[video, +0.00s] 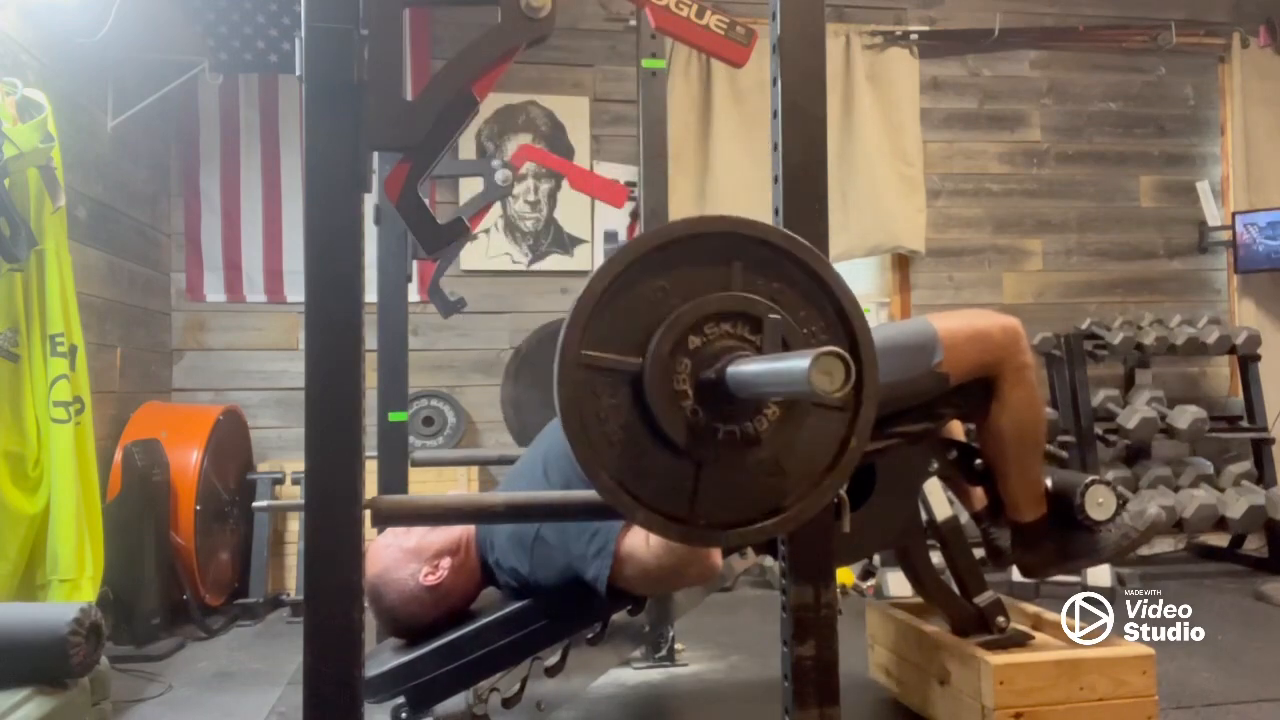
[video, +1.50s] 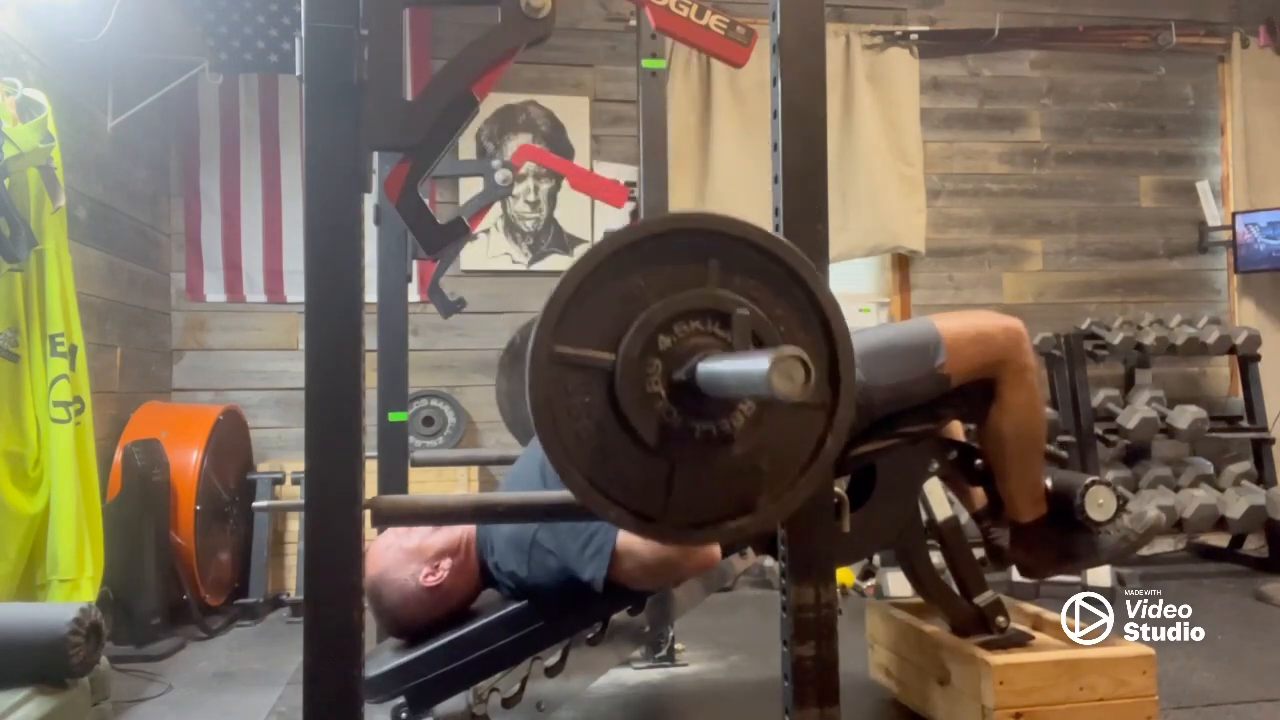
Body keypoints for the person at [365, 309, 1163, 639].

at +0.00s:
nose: (418, 528)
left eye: (399, 534)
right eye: (416, 548)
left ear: (427, 551)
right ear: (447, 574)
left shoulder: (496, 496)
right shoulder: (535, 540)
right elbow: (697, 565)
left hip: (716, 391)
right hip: (755, 434)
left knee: (906, 318)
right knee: (999, 339)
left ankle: (980, 475)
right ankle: (1031, 524)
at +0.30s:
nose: (421, 530)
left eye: (404, 535)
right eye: (419, 548)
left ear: (428, 543)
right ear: (448, 576)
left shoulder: (500, 497)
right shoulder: (527, 546)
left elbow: (605, 420)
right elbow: (659, 499)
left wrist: (657, 321)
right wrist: (669, 365)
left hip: (735, 375)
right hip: (757, 428)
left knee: (953, 326)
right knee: (1004, 341)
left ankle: (986, 472)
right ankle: (1033, 527)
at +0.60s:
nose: (415, 530)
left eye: (398, 533)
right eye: (411, 548)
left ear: (427, 541)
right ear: (444, 578)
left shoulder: (505, 493)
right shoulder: (528, 559)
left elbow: (556, 379)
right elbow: (591, 399)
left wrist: (567, 213)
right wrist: (591, 228)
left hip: (748, 373)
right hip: (772, 423)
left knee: (957, 329)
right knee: (1004, 341)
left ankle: (980, 477)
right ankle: (1031, 527)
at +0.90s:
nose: (415, 530)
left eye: (398, 533)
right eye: (411, 549)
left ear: (427, 545)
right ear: (443, 582)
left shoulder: (502, 493)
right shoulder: (526, 555)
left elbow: (565, 379)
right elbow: (607, 406)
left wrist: (562, 238)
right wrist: (596, 249)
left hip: (747, 374)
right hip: (775, 422)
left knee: (951, 323)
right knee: (1000, 336)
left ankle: (979, 469)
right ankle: (1029, 521)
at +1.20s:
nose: (417, 526)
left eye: (400, 532)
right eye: (416, 544)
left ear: (429, 548)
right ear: (448, 573)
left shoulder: (503, 491)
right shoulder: (527, 542)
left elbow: (587, 430)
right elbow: (657, 522)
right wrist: (667, 388)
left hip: (724, 391)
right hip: (755, 434)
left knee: (957, 329)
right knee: (1003, 340)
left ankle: (983, 475)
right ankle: (1032, 529)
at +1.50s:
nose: (417, 530)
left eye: (398, 535)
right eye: (417, 549)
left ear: (425, 550)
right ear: (447, 576)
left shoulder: (487, 504)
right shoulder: (526, 543)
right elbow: (667, 555)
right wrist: (720, 543)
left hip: (709, 407)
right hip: (753, 441)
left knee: (929, 324)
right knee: (1003, 340)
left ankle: (980, 472)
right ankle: (1030, 524)